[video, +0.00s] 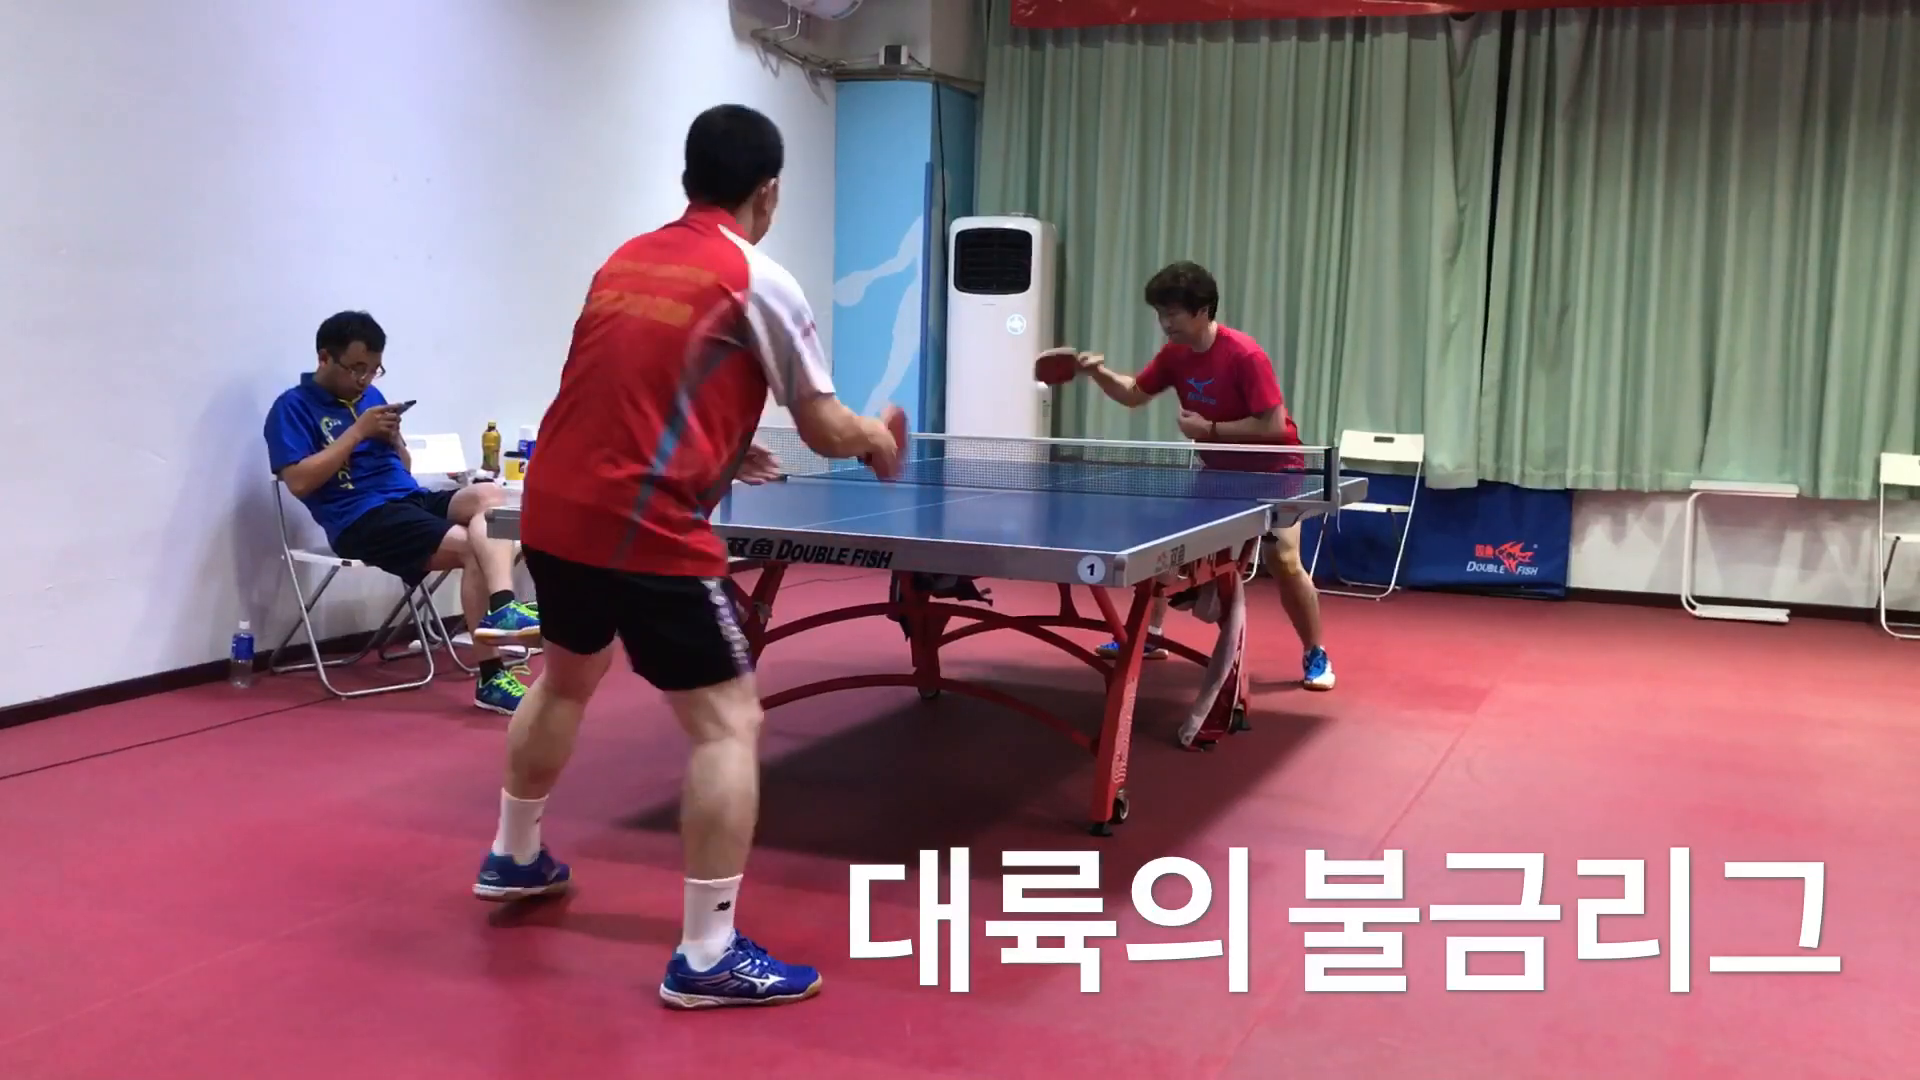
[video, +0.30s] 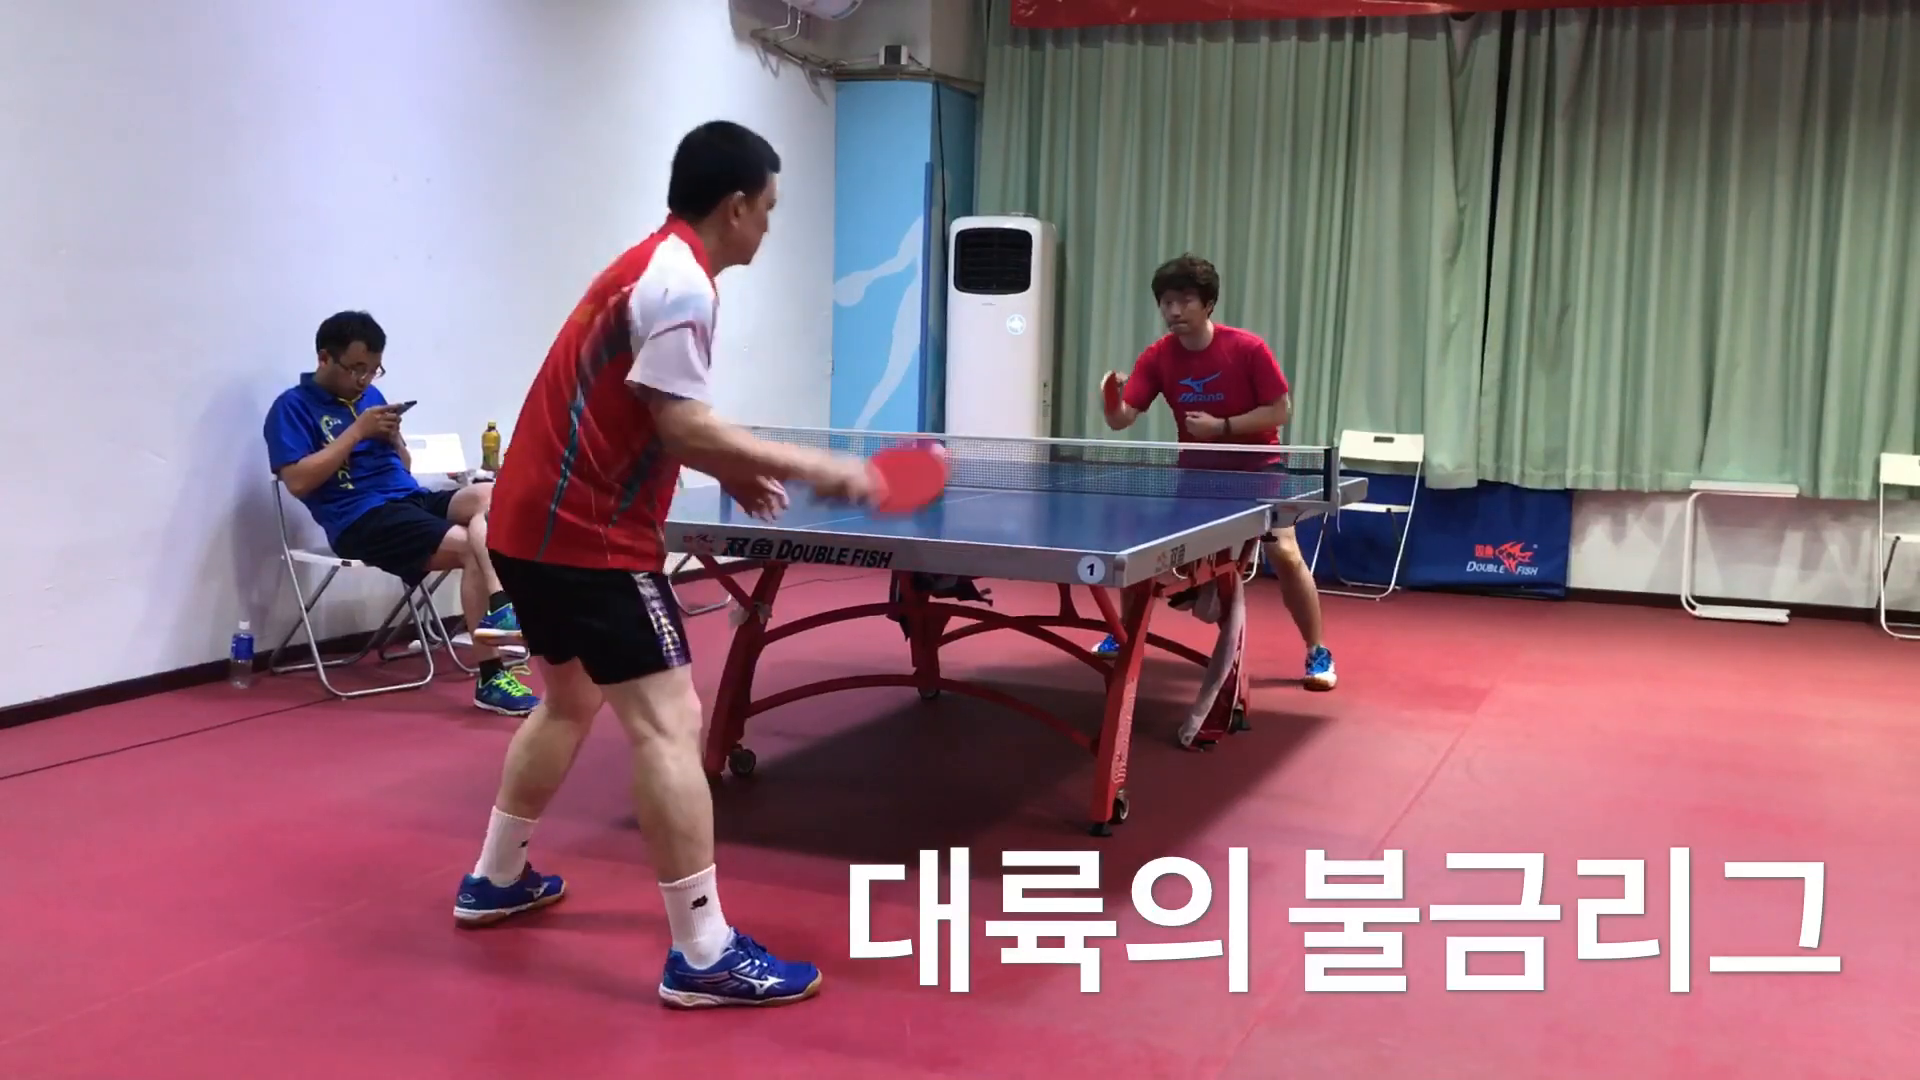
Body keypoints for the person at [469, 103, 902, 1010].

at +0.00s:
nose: (778, 199)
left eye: (772, 185)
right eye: (779, 186)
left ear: (690, 182)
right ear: (766, 191)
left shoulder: (625, 259)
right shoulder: (761, 284)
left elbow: (610, 397)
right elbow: (823, 428)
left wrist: (717, 449)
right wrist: (871, 436)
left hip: (555, 519)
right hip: (655, 538)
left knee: (564, 677)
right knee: (727, 723)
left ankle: (512, 857)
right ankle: (708, 952)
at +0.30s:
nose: (768, 225)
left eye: (769, 207)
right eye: (765, 206)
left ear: (699, 199)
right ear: (732, 203)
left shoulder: (649, 264)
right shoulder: (680, 281)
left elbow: (650, 409)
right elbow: (683, 426)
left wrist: (734, 467)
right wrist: (815, 467)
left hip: (528, 523)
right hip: (587, 532)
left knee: (568, 702)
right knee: (667, 722)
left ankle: (494, 876)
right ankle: (703, 951)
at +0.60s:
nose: (724, 209)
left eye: (722, 196)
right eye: (723, 196)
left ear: (632, 194)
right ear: (706, 199)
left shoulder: (565, 273)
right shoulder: (710, 286)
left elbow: (532, 387)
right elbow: (802, 404)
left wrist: (659, 444)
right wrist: (817, 330)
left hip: (527, 535)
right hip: (632, 546)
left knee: (533, 702)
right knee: (714, 741)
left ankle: (490, 877)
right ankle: (667, 964)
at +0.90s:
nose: (753, 197)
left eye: (751, 182)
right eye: (755, 182)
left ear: (668, 171)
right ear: (739, 183)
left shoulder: (610, 247)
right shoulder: (709, 264)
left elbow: (618, 396)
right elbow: (761, 418)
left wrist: (715, 452)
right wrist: (838, 453)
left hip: (512, 512)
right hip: (600, 528)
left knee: (538, 691)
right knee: (658, 729)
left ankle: (472, 883)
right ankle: (664, 966)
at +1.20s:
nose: (726, 221)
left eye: (730, 205)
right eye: (726, 202)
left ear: (668, 181)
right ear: (694, 190)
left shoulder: (631, 250)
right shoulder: (615, 235)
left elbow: (591, 384)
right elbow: (557, 358)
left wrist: (654, 456)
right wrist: (695, 402)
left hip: (526, 519)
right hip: (560, 522)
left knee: (552, 705)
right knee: (640, 714)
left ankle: (471, 887)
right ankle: (664, 952)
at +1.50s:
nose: (677, 181)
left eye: (676, 168)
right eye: (676, 167)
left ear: (584, 164)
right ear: (657, 166)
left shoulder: (521, 250)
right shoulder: (657, 247)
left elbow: (515, 388)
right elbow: (742, 383)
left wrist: (628, 455)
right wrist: (713, 314)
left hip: (499, 524)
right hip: (598, 529)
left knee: (513, 702)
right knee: (663, 722)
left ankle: (469, 889)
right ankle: (639, 958)